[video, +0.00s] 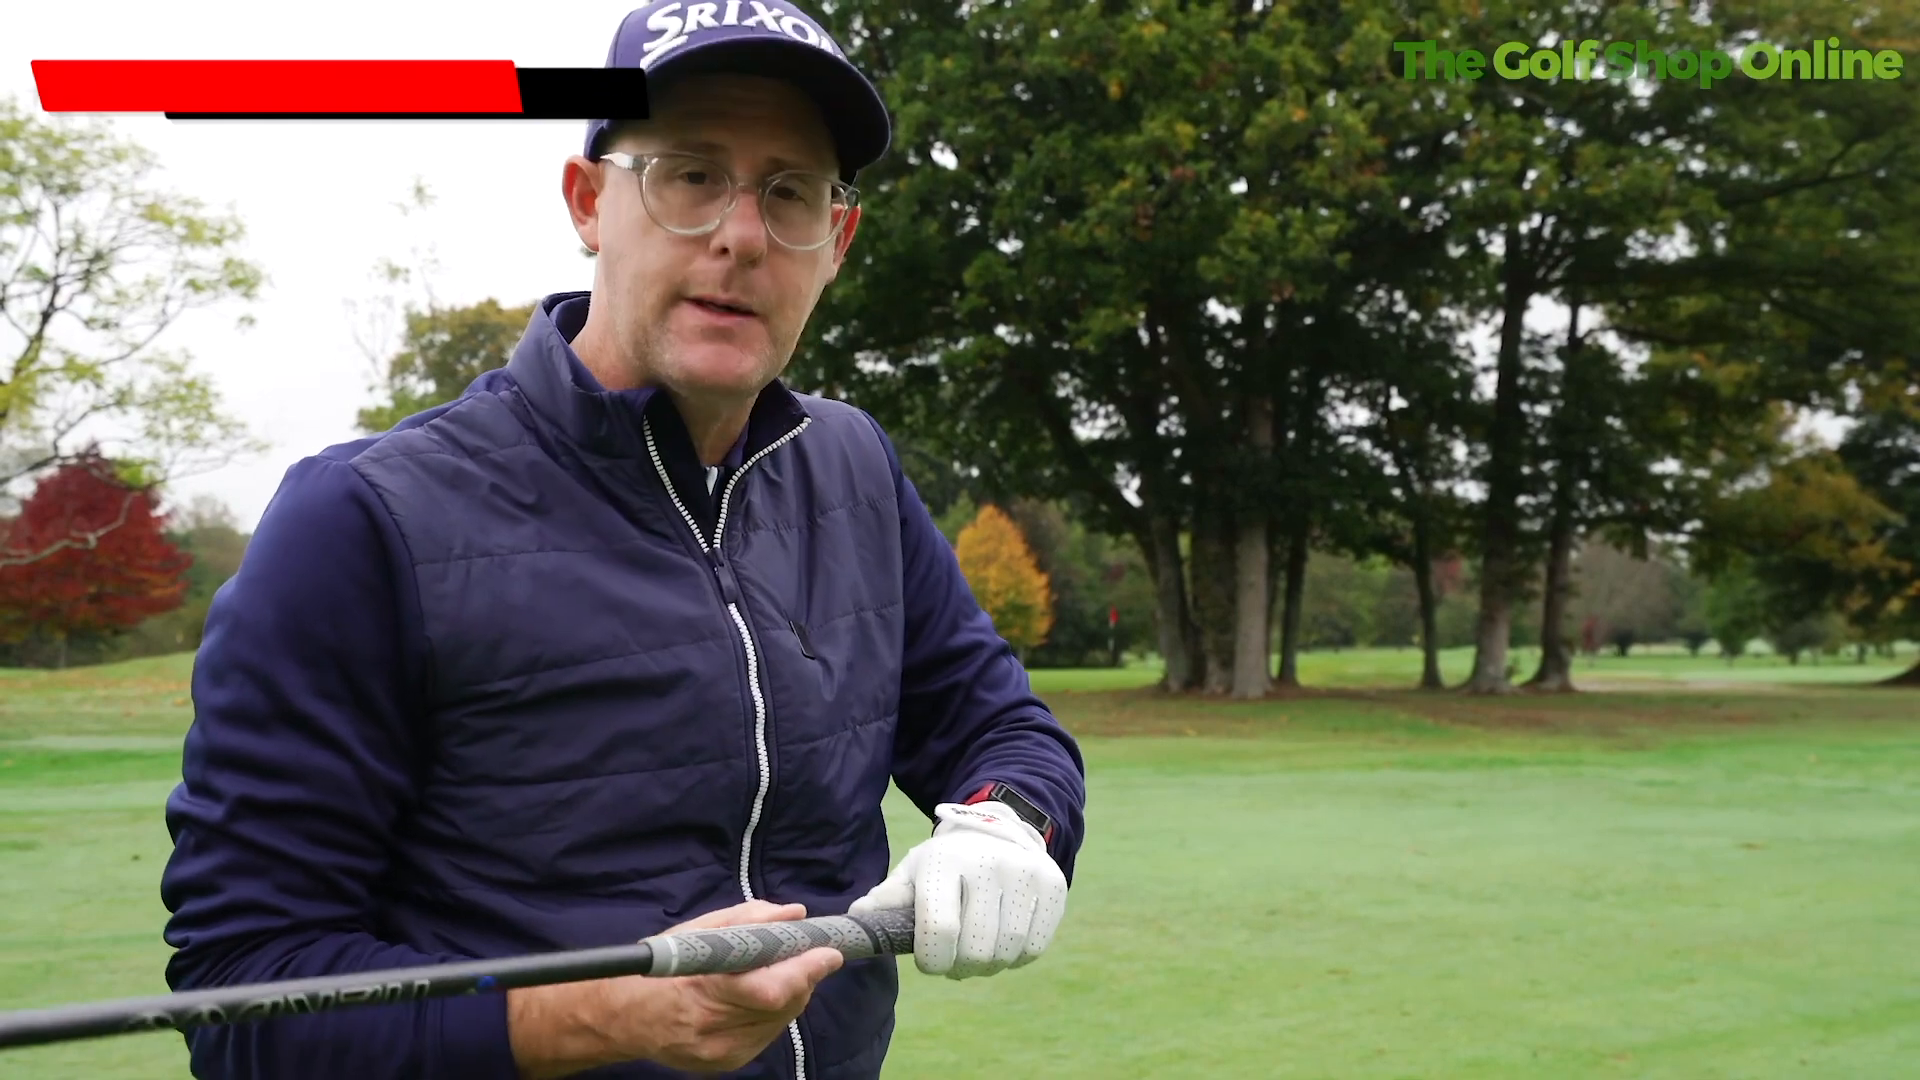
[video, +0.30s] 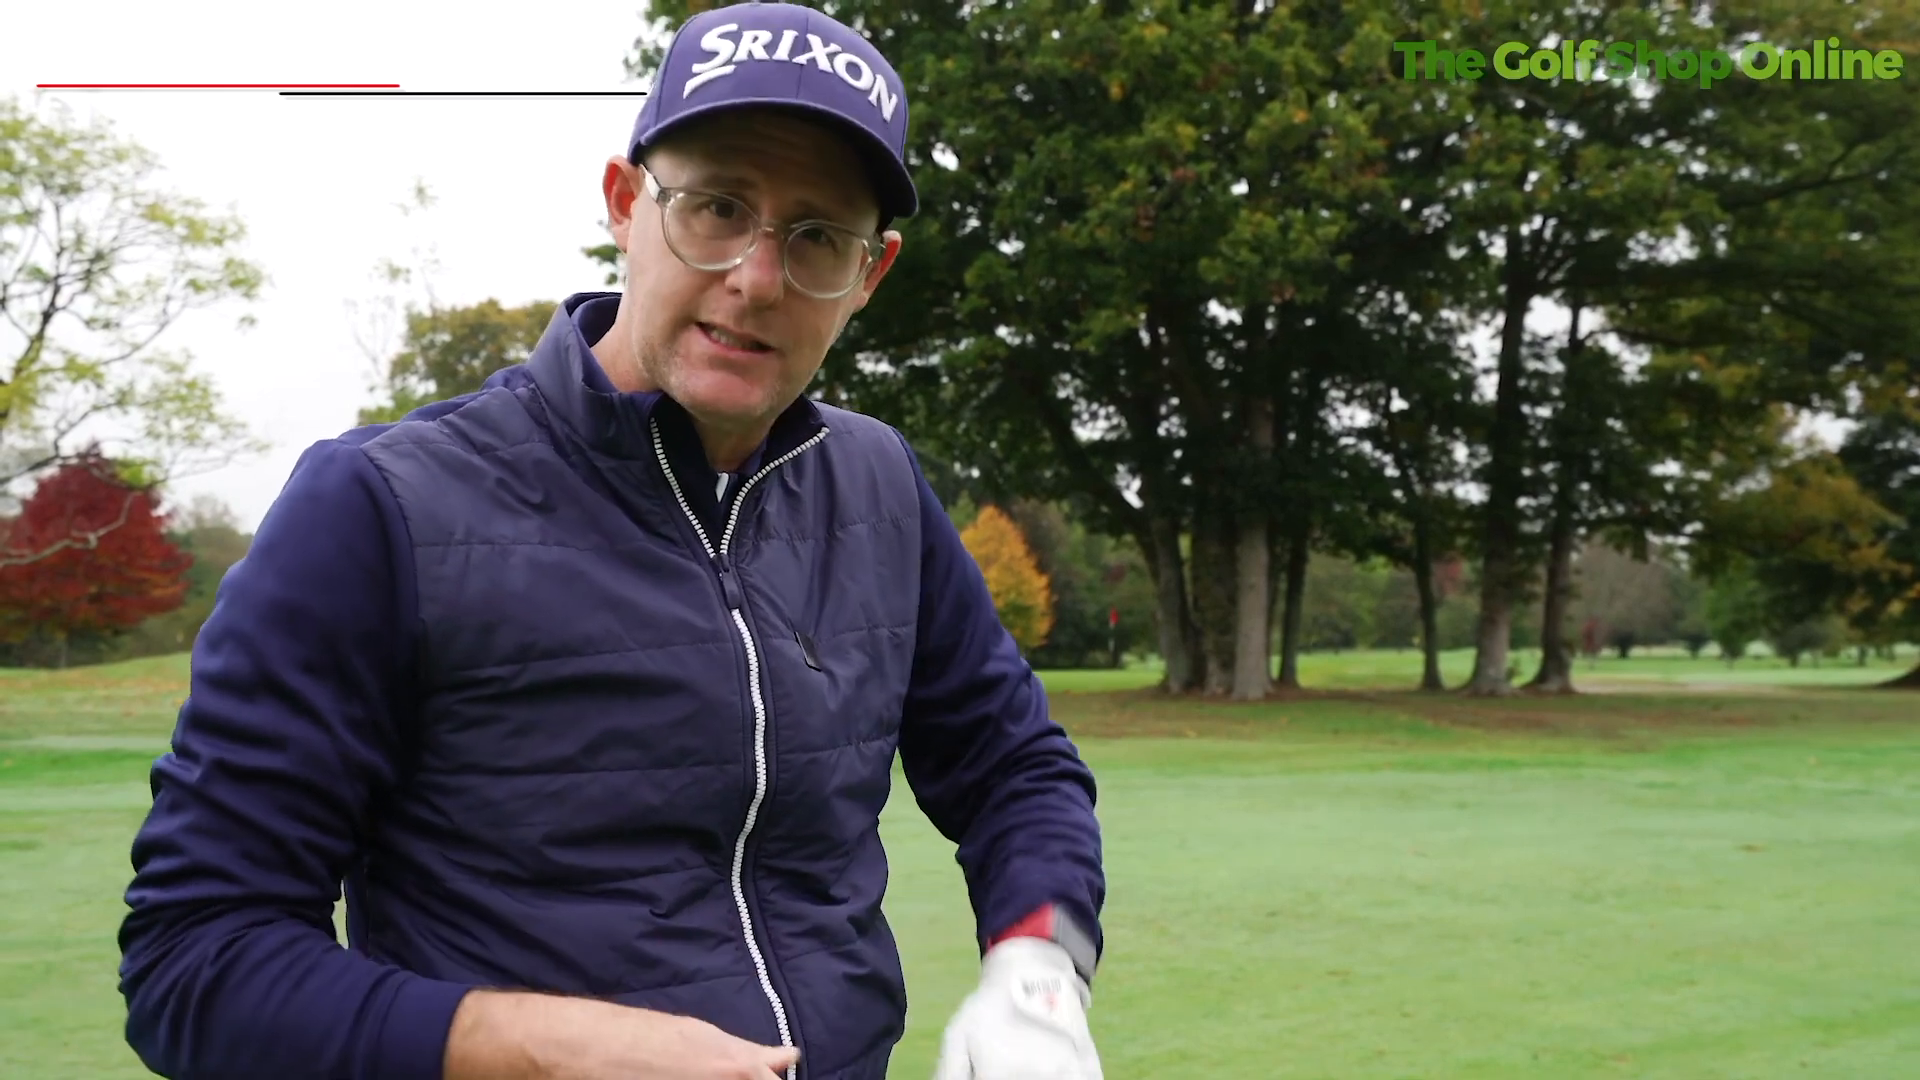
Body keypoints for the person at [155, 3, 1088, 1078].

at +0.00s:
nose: (739, 233)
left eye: (786, 189)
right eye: (692, 174)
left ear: (836, 244)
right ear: (588, 203)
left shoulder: (854, 477)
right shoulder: (370, 522)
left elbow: (1003, 729)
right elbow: (244, 997)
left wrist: (999, 824)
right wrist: (600, 1018)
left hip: (817, 1058)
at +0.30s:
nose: (754, 278)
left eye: (814, 234)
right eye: (716, 205)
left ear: (871, 273)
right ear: (628, 205)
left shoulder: (879, 491)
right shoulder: (382, 508)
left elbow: (1015, 771)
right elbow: (196, 962)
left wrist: (1033, 968)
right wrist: (537, 1038)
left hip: (834, 1064)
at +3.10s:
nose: (869, 333)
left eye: (891, 266)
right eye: (809, 268)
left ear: (911, 248)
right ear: (647, 242)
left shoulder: (850, 481)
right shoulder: (444, 576)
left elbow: (897, 867)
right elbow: (471, 1050)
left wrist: (921, 1066)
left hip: (825, 1050)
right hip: (615, 1059)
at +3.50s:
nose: (985, 408)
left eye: (1012, 355)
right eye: (938, 351)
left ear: (1038, 334)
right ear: (795, 311)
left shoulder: (971, 534)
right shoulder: (588, 602)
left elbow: (948, 907)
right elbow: (624, 1041)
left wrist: (944, 1063)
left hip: (862, 1041)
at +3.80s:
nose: (1061, 474)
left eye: (1085, 422)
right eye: (1018, 422)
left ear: (1107, 391)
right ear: (884, 368)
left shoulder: (1040, 579)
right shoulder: (653, 630)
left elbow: (970, 930)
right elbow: (724, 1031)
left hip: (854, 1029)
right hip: (608, 1048)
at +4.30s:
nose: (1031, 551)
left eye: (1062, 498)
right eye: (987, 494)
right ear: (848, 434)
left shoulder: (1039, 622)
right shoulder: (594, 677)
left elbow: (959, 990)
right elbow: (640, 1042)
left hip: (849, 1037)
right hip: (580, 1047)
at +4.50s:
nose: (1046, 557)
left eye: (1076, 504)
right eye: (1004, 500)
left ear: (1108, 473)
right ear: (863, 437)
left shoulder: (1064, 668)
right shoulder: (573, 602)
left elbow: (930, 1034)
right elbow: (520, 1024)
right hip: (615, 1056)